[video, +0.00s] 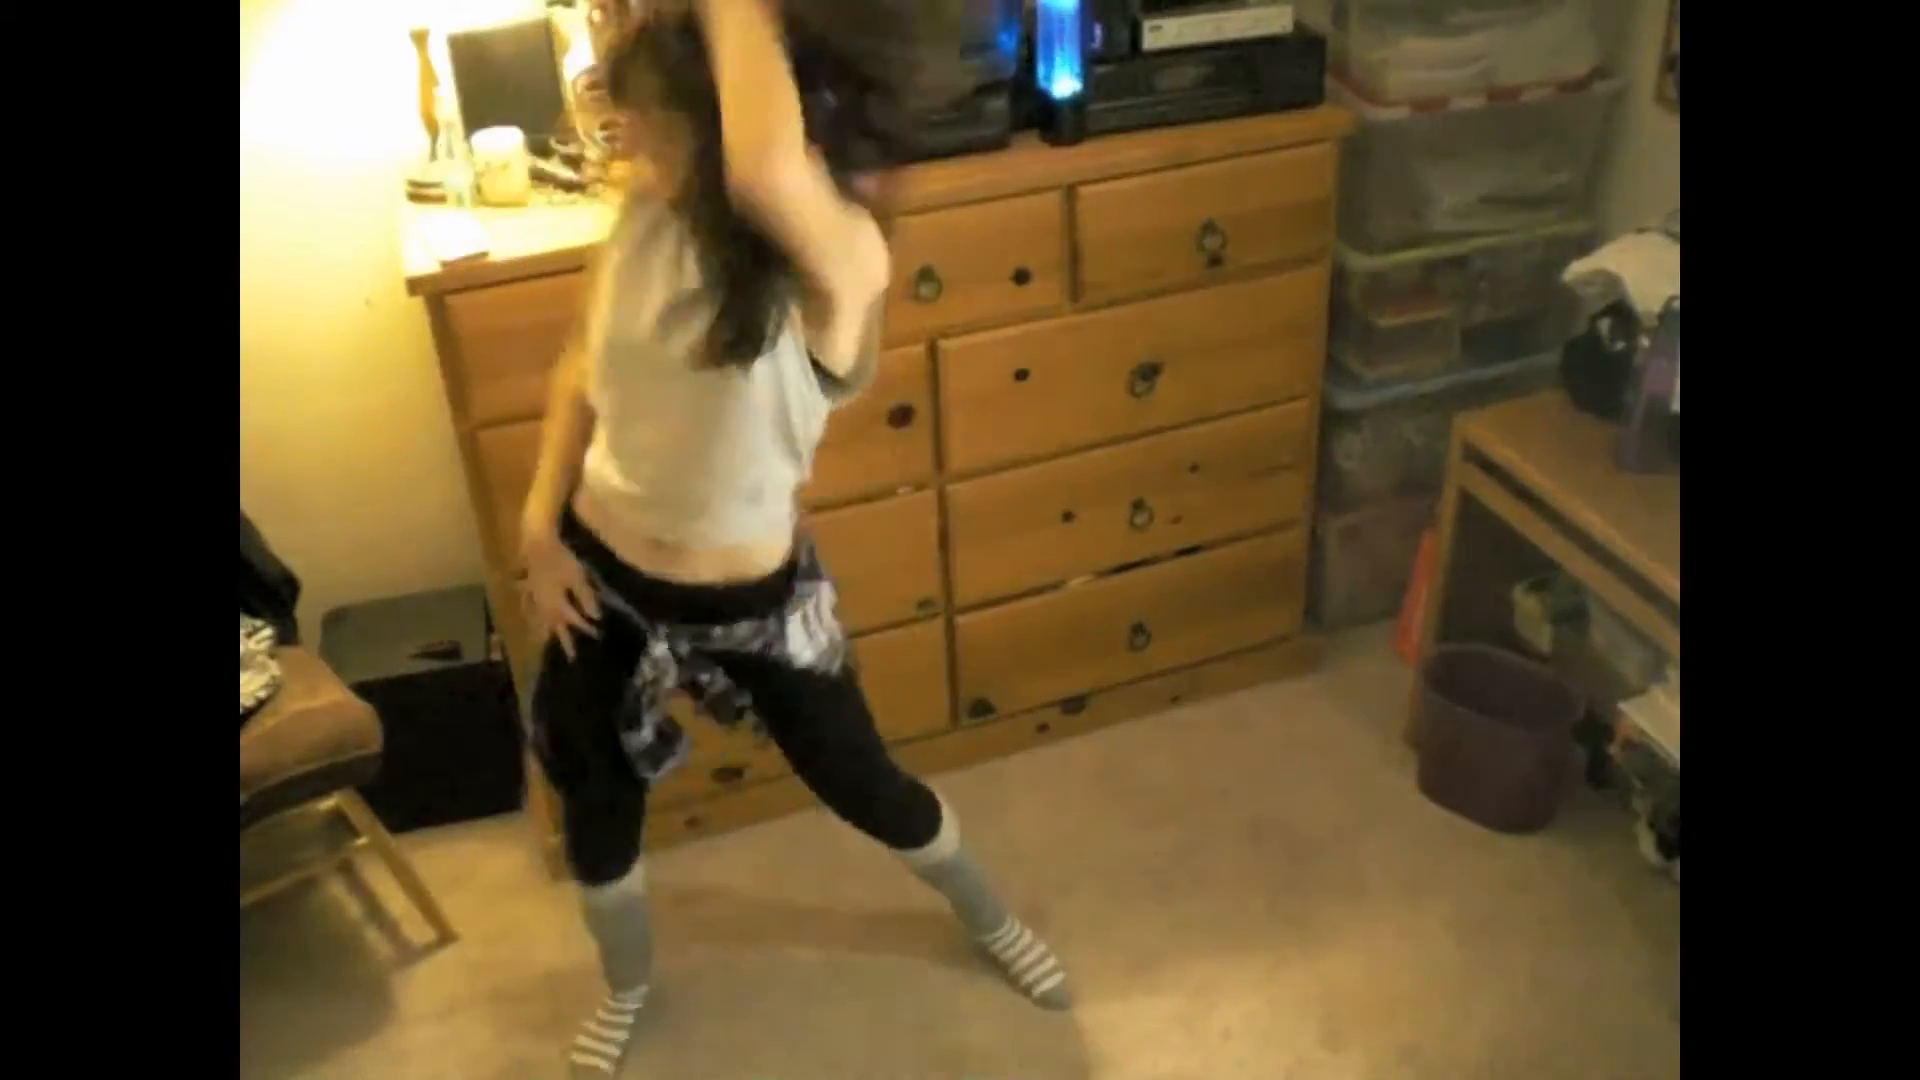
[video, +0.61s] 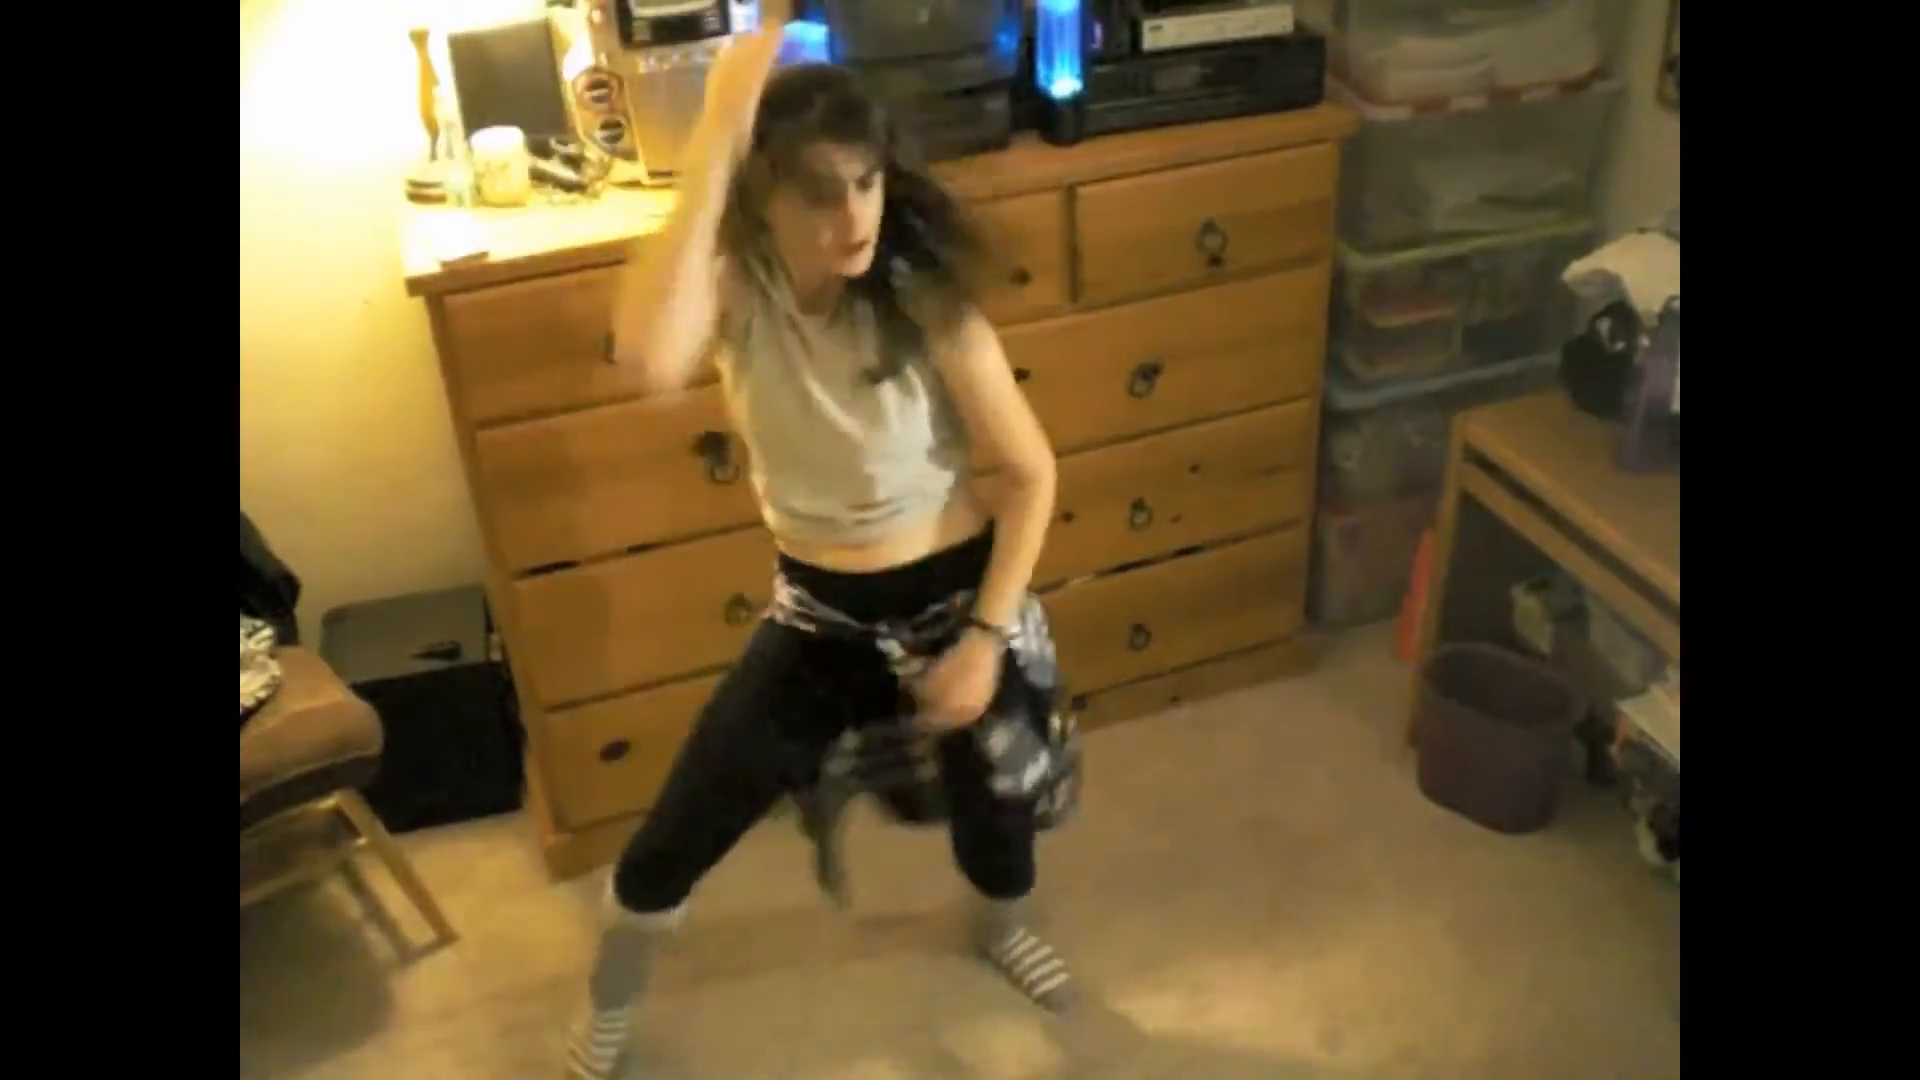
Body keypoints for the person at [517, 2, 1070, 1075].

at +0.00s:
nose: (618, 135)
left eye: (638, 112)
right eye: (616, 112)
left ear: (721, 114)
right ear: (644, 121)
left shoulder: (840, 258)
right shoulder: (640, 221)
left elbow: (764, 166)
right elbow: (579, 375)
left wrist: (733, 6)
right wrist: (540, 525)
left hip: (757, 603)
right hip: (610, 587)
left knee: (868, 793)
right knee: (597, 824)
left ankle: (992, 919)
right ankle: (626, 989)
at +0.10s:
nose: (673, 192)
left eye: (683, 170)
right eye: (671, 172)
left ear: (752, 165)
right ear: (724, 176)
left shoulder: (880, 299)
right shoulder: (697, 261)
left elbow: (737, 323)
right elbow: (651, 384)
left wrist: (818, 144)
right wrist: (574, 511)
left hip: (774, 652)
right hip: (634, 613)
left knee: (872, 845)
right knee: (598, 832)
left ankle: (984, 922)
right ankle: (631, 985)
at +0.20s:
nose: (706, 221)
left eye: (719, 201)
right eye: (708, 200)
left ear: (798, 213)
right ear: (761, 217)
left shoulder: (912, 351)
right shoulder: (730, 294)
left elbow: (777, 495)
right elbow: (692, 406)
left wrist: (802, 306)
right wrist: (629, 523)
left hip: (809, 661)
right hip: (678, 608)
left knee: (881, 896)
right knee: (597, 849)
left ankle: (985, 931)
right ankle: (629, 991)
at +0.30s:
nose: (726, 236)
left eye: (740, 216)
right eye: (727, 214)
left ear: (807, 228)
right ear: (799, 231)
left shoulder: (939, 366)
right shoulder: (729, 317)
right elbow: (678, 432)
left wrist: (820, 421)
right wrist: (619, 537)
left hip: (869, 652)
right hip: (735, 612)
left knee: (935, 906)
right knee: (615, 857)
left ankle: (996, 939)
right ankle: (627, 991)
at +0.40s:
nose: (744, 239)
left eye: (769, 218)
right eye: (740, 213)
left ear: (844, 224)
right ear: (741, 217)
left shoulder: (953, 348)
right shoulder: (734, 327)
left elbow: (1016, 545)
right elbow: (658, 479)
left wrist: (893, 498)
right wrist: (608, 518)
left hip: (917, 635)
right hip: (779, 614)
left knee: (968, 893)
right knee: (648, 848)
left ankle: (1006, 939)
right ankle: (633, 998)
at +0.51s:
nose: (828, 234)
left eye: (850, 204)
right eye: (798, 211)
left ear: (889, 205)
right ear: (763, 219)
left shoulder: (944, 316)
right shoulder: (743, 317)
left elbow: (1036, 490)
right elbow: (645, 505)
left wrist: (922, 598)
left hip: (946, 610)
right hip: (808, 611)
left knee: (978, 863)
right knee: (652, 865)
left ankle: (1001, 933)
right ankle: (627, 1010)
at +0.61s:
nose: (858, 216)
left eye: (869, 182)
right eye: (822, 194)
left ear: (887, 179)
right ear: (758, 206)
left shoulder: (923, 300)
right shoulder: (734, 298)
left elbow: (1029, 473)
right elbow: (653, 357)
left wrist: (986, 641)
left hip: (958, 603)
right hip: (818, 617)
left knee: (1001, 818)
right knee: (668, 849)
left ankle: (1003, 930)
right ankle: (609, 1013)